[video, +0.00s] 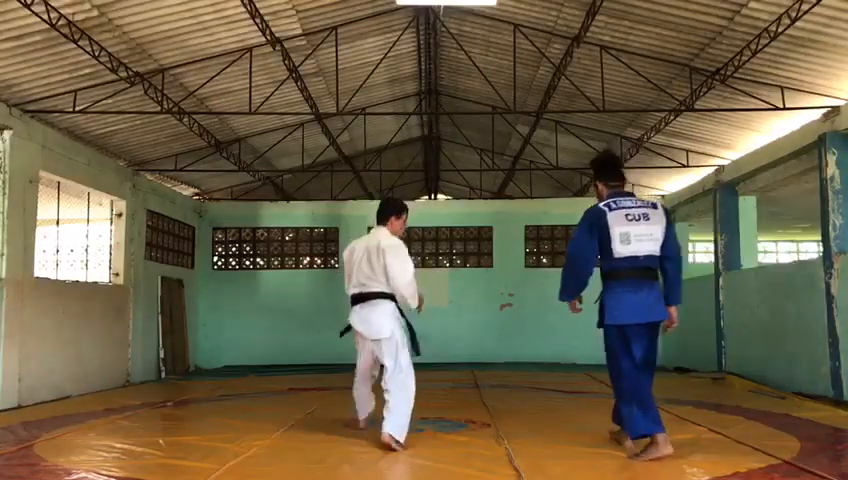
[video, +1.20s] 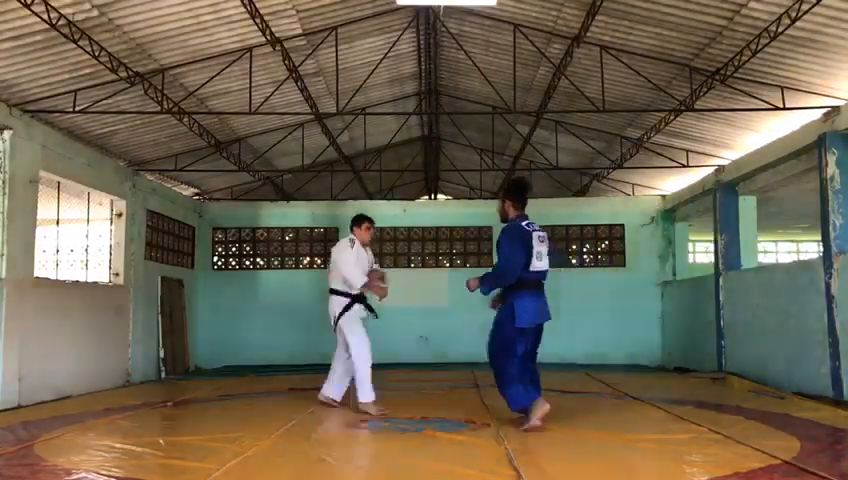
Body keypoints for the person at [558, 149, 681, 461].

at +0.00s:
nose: (595, 192)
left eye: (594, 186)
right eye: (595, 187)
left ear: (600, 186)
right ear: (626, 182)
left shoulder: (598, 213)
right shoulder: (657, 210)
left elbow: (579, 256)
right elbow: (671, 258)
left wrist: (571, 291)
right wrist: (672, 302)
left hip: (619, 302)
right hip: (653, 300)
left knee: (626, 369)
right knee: (642, 366)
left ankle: (660, 439)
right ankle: (625, 429)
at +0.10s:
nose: (590, 192)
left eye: (590, 187)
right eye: (590, 187)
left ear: (595, 186)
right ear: (619, 183)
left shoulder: (592, 214)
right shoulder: (649, 214)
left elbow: (577, 260)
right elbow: (660, 263)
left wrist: (566, 299)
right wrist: (657, 305)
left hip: (610, 301)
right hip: (644, 300)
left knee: (600, 362)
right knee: (634, 364)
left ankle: (635, 416)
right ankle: (626, 428)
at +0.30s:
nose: (571, 190)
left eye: (572, 184)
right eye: (571, 184)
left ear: (581, 182)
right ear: (601, 181)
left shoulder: (580, 212)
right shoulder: (629, 213)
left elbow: (570, 258)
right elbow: (639, 260)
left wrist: (558, 299)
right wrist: (631, 295)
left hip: (585, 296)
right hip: (619, 295)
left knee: (566, 347)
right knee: (622, 361)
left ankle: (591, 413)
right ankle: (625, 428)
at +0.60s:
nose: (540, 197)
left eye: (542, 193)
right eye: (542, 192)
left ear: (551, 195)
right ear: (568, 194)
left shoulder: (547, 226)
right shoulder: (590, 223)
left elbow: (537, 269)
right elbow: (600, 264)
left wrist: (531, 308)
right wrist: (592, 297)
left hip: (553, 306)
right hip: (582, 304)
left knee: (549, 365)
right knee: (588, 360)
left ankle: (551, 423)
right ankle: (610, 403)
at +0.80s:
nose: (525, 198)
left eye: (526, 193)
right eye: (526, 193)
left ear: (533, 194)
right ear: (550, 194)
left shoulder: (531, 223)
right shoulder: (573, 222)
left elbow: (520, 263)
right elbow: (580, 264)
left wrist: (501, 296)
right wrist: (573, 295)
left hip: (541, 296)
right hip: (566, 296)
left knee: (536, 357)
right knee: (554, 351)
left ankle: (550, 422)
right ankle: (571, 398)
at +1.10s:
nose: (505, 205)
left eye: (506, 200)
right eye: (506, 200)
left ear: (513, 201)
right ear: (530, 201)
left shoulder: (515, 230)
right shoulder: (547, 230)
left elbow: (508, 269)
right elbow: (550, 272)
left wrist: (483, 283)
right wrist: (534, 295)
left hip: (522, 303)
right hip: (543, 302)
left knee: (518, 360)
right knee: (532, 359)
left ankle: (546, 414)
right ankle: (532, 410)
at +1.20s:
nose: (499, 206)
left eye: (501, 202)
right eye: (500, 202)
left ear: (508, 203)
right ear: (522, 204)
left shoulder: (511, 232)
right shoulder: (536, 231)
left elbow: (508, 270)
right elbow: (533, 274)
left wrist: (480, 282)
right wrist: (505, 295)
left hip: (517, 305)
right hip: (536, 304)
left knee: (500, 354)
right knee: (526, 356)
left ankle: (533, 402)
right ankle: (529, 410)